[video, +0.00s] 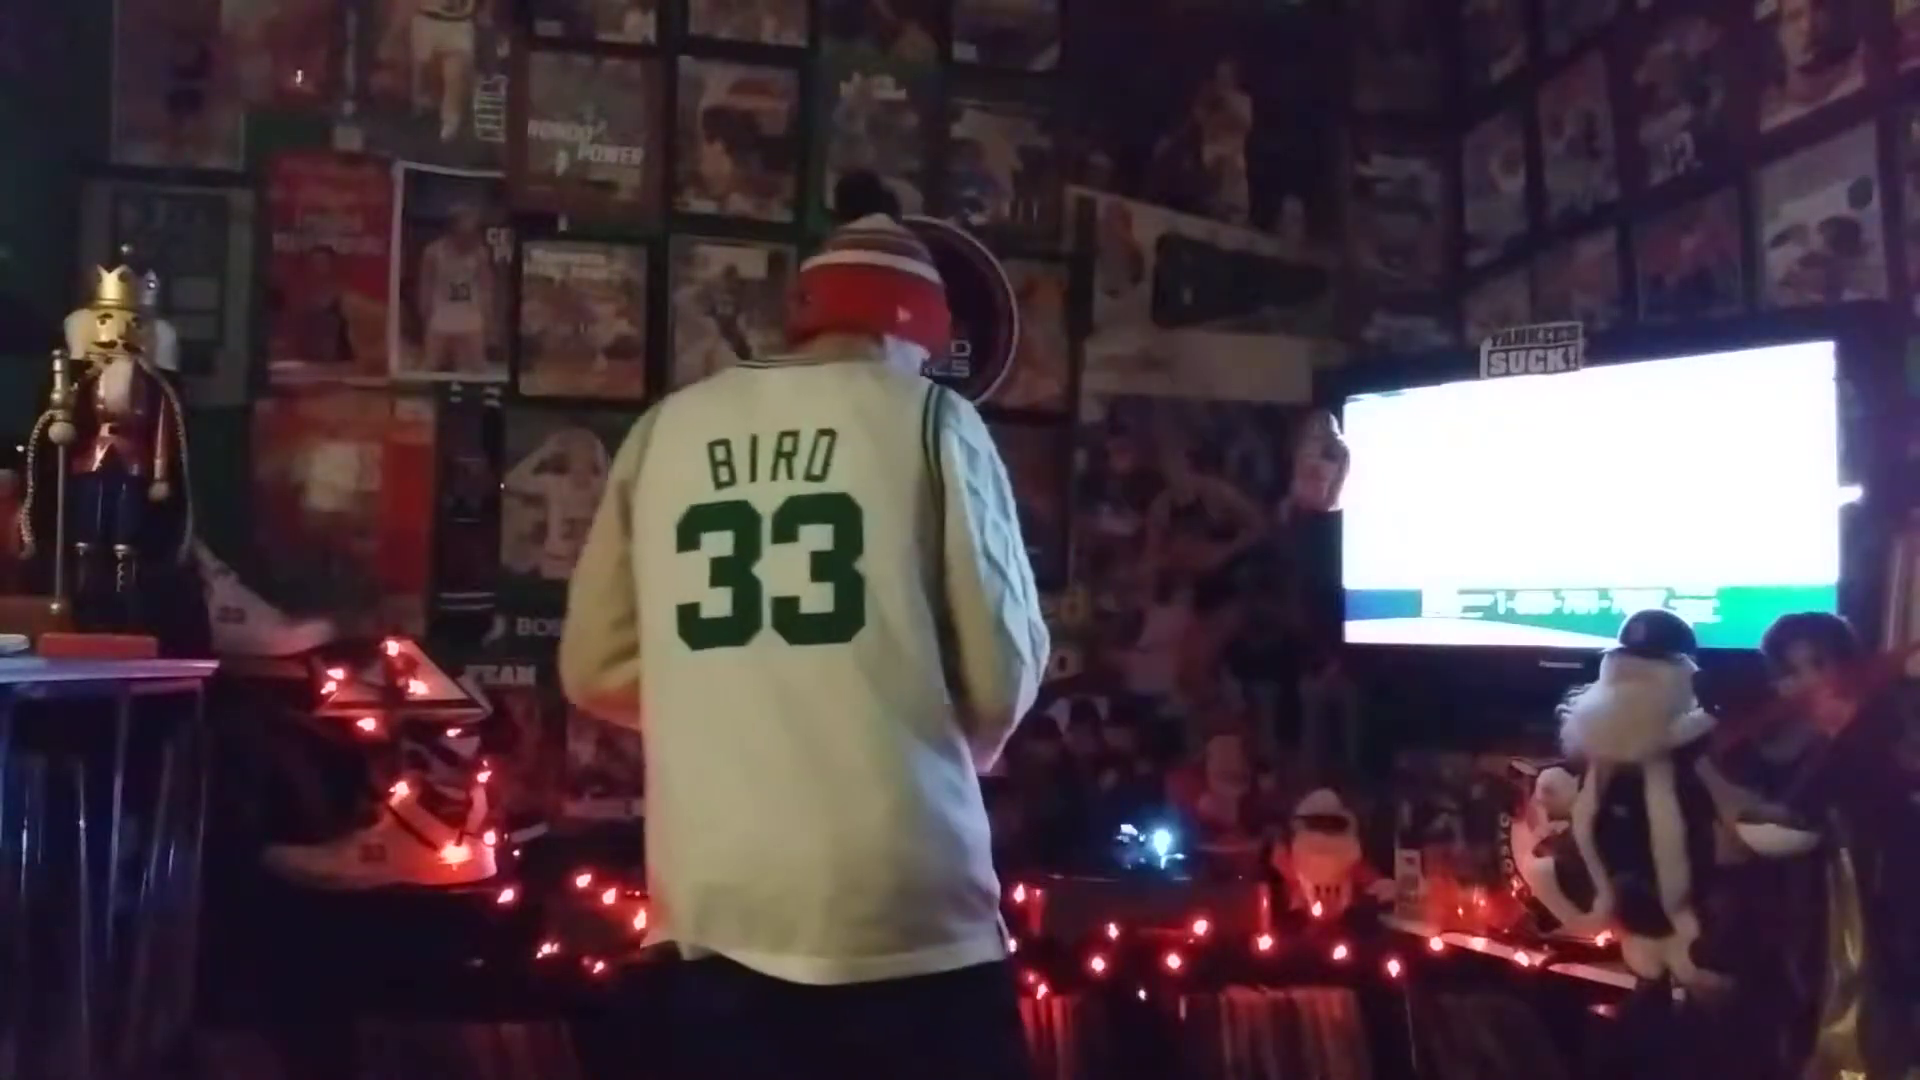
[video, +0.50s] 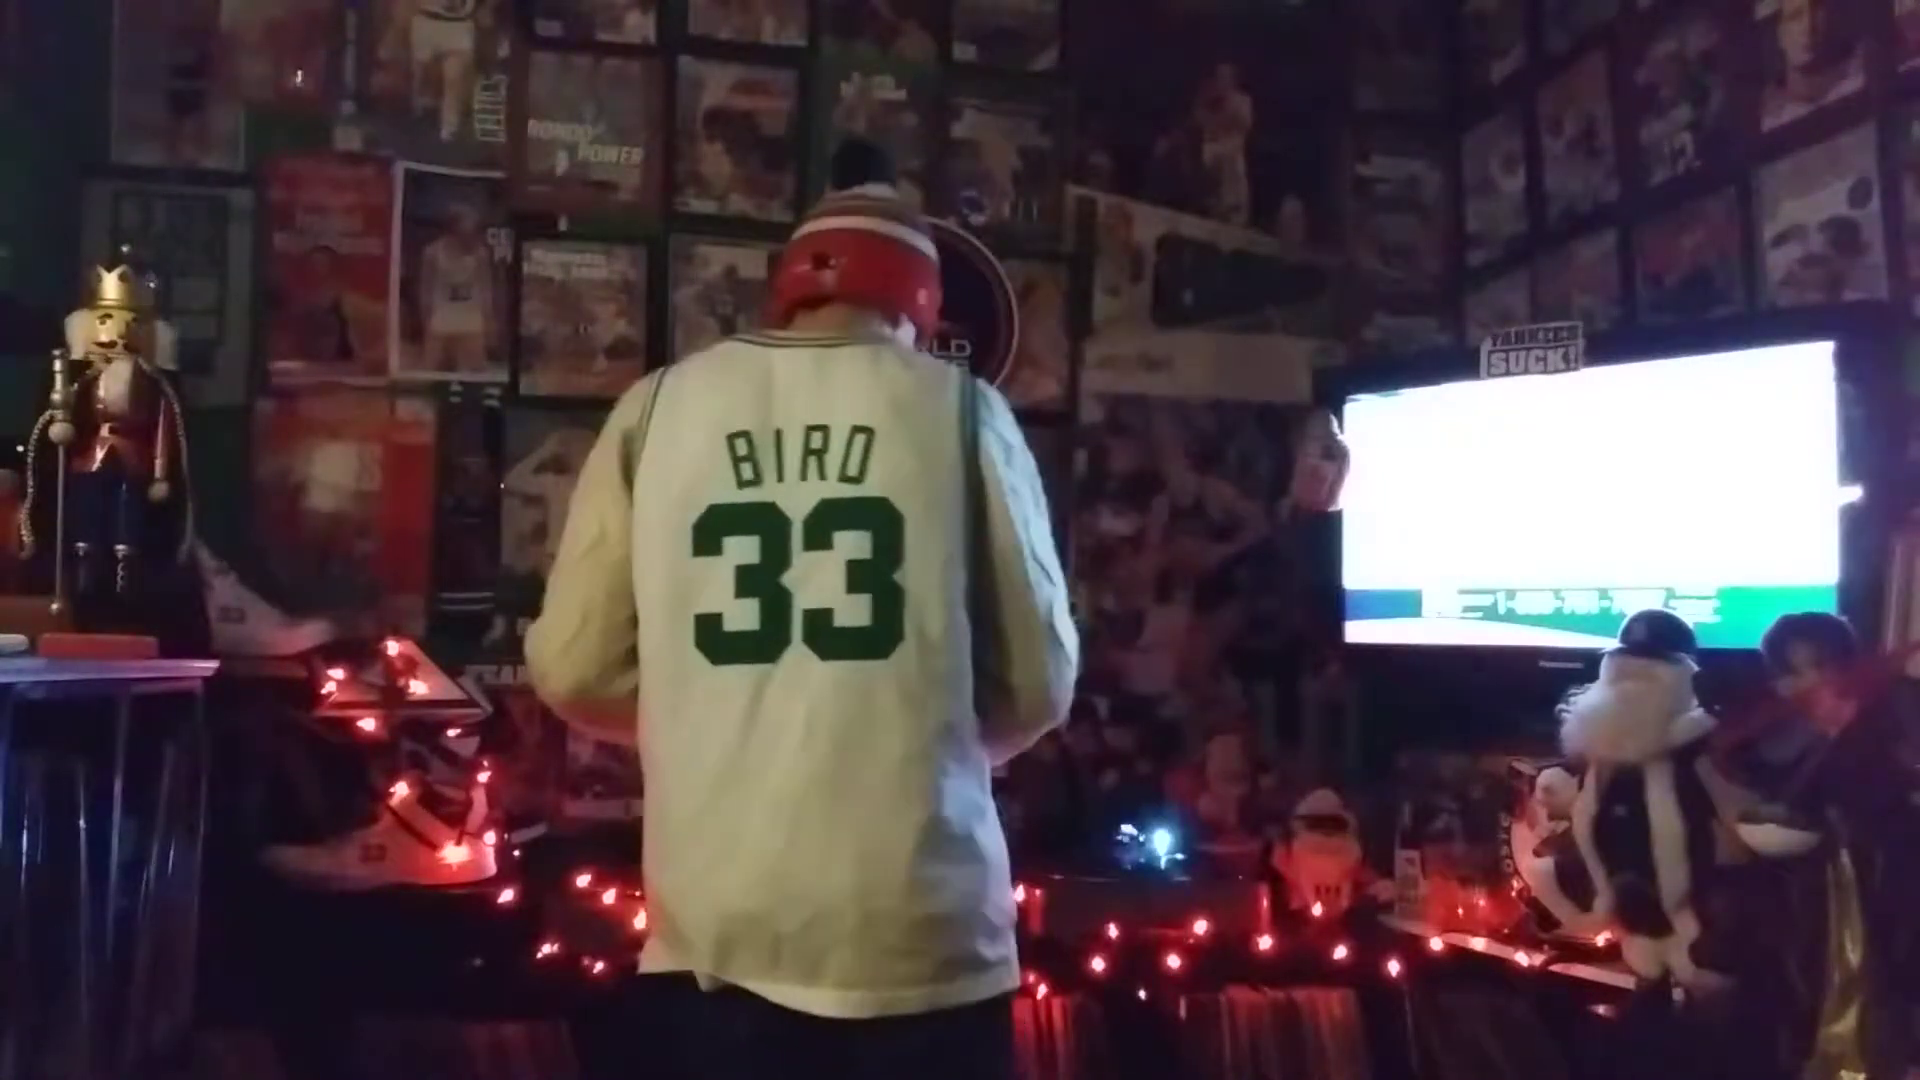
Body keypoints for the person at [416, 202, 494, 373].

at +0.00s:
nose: (466, 237)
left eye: (470, 232)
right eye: (462, 231)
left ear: (475, 231)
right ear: (453, 229)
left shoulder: (480, 252)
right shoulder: (434, 252)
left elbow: (486, 287)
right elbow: (426, 285)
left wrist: (488, 320)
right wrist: (425, 312)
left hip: (471, 324)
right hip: (440, 323)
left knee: (473, 375)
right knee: (433, 375)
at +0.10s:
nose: (467, 237)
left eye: (470, 232)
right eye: (462, 231)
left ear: (475, 231)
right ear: (453, 229)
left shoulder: (479, 252)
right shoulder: (434, 252)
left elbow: (486, 286)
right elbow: (426, 284)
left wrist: (488, 318)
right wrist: (425, 312)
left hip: (471, 323)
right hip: (441, 322)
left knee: (473, 374)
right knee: (433, 375)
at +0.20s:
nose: (467, 235)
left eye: (471, 230)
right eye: (463, 230)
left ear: (476, 230)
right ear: (452, 228)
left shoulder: (481, 253)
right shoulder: (434, 253)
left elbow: (486, 290)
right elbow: (426, 289)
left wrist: (489, 324)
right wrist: (426, 321)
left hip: (472, 328)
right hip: (440, 327)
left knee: (472, 382)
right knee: (435, 382)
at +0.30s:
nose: (467, 236)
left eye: (471, 231)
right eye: (463, 231)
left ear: (476, 231)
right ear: (453, 229)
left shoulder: (480, 253)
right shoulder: (434, 253)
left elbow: (486, 289)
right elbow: (426, 288)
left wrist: (489, 321)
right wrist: (426, 320)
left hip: (472, 325)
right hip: (440, 325)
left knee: (473, 377)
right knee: (434, 378)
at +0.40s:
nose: (467, 236)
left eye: (471, 231)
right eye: (463, 231)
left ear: (476, 231)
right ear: (453, 230)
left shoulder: (480, 253)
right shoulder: (433, 253)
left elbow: (486, 289)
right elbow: (426, 289)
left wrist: (489, 322)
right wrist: (426, 320)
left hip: (472, 326)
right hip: (440, 326)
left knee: (473, 379)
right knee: (434, 380)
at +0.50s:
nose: (467, 236)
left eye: (471, 231)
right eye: (463, 231)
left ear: (476, 231)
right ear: (453, 230)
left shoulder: (480, 253)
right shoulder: (433, 253)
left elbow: (486, 289)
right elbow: (426, 289)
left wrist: (489, 322)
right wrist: (426, 320)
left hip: (472, 326)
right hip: (440, 326)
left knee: (473, 379)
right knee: (433, 379)